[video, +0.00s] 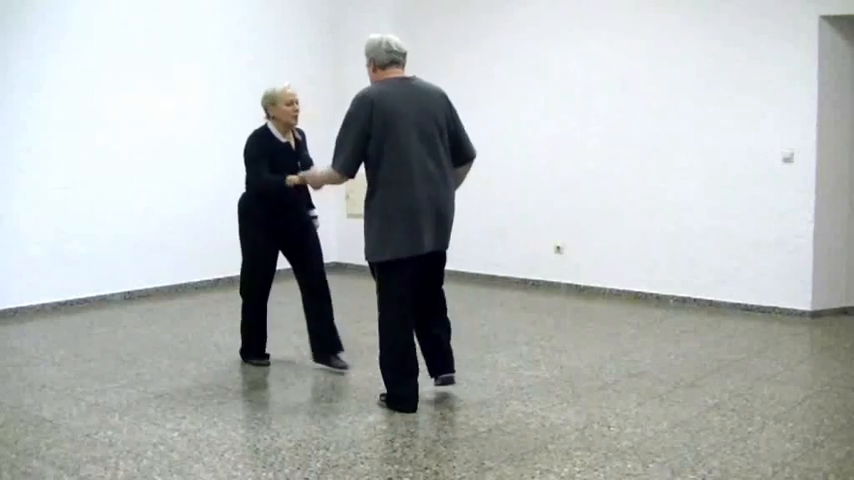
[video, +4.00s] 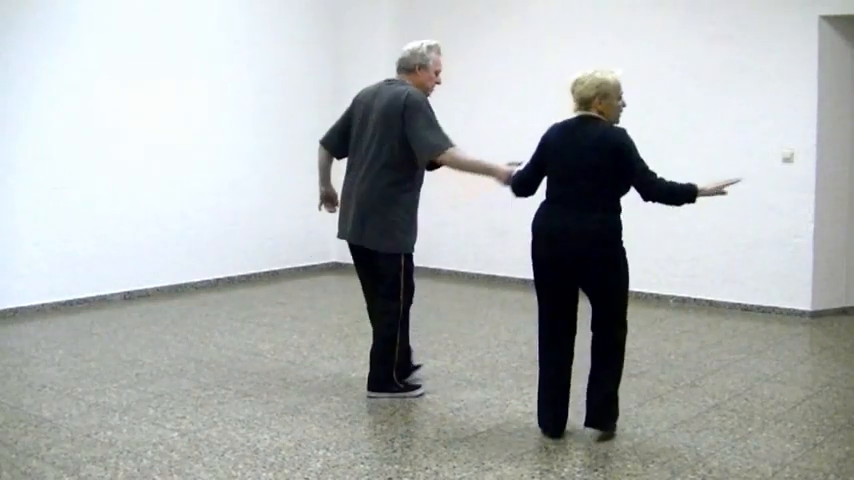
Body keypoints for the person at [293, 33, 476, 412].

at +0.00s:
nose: (367, 72)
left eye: (367, 67)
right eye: (369, 67)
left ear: (373, 66)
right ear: (403, 62)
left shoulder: (369, 99)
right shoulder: (435, 96)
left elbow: (342, 172)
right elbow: (464, 158)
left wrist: (311, 177)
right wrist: (439, 191)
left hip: (392, 221)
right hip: (437, 218)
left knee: (394, 309)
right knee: (430, 294)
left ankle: (402, 396)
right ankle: (443, 370)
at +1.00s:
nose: (404, 67)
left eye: (403, 60)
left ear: (403, 61)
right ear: (439, 63)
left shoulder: (382, 95)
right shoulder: (456, 101)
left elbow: (347, 152)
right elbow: (482, 170)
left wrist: (341, 131)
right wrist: (467, 206)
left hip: (384, 225)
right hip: (437, 227)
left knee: (383, 306)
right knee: (433, 313)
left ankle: (381, 387)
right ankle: (427, 400)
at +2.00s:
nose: (433, 72)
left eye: (432, 67)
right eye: (431, 67)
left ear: (394, 65)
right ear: (418, 69)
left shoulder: (372, 91)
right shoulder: (406, 107)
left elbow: (424, 83)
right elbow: (413, 178)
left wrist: (461, 65)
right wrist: (451, 187)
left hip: (359, 217)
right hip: (391, 223)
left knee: (372, 298)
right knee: (405, 301)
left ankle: (346, 364)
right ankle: (391, 384)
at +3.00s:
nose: (456, 74)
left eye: (457, 67)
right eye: (451, 67)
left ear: (437, 68)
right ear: (426, 67)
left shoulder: (447, 107)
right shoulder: (397, 104)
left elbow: (453, 159)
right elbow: (393, 165)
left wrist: (467, 178)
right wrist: (444, 180)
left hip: (433, 221)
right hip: (401, 222)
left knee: (427, 292)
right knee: (433, 286)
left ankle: (419, 371)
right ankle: (410, 374)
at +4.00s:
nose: (438, 81)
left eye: (439, 74)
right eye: (436, 73)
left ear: (404, 69)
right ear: (417, 69)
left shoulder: (367, 96)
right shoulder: (412, 101)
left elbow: (327, 146)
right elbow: (442, 154)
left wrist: (325, 187)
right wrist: (496, 170)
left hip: (357, 219)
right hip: (389, 223)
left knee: (384, 298)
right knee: (394, 302)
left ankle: (399, 365)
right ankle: (383, 381)